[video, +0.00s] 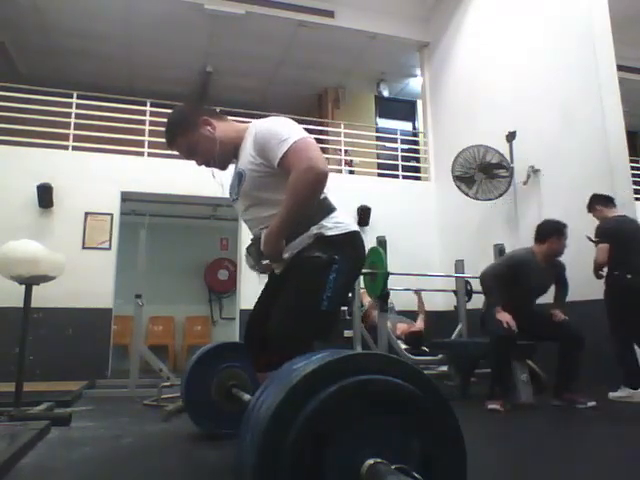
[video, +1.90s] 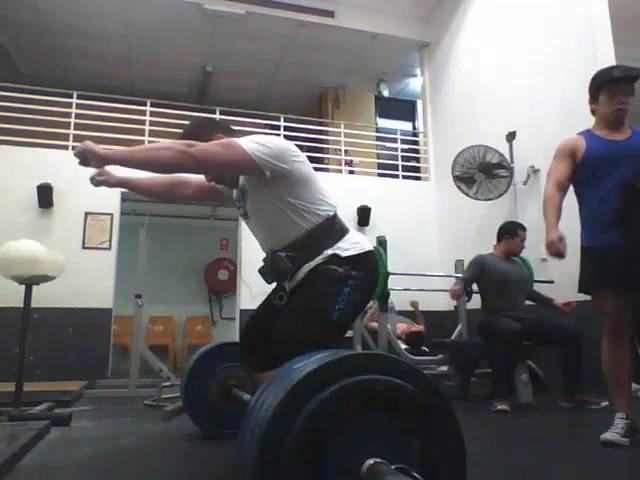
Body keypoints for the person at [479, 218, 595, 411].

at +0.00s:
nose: (564, 245)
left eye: (564, 240)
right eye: (561, 240)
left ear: (551, 242)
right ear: (548, 241)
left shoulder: (556, 267)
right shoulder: (519, 259)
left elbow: (562, 286)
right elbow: (486, 276)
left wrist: (558, 307)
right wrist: (497, 310)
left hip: (527, 314)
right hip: (500, 315)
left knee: (571, 334)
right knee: (503, 335)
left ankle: (564, 392)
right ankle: (497, 397)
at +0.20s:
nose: (544, 246)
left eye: (543, 241)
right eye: (541, 241)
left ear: (530, 244)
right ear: (531, 243)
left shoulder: (536, 270)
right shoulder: (502, 265)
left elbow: (544, 295)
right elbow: (480, 288)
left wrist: (550, 312)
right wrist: (503, 315)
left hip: (526, 322)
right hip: (498, 323)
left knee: (568, 333)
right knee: (508, 337)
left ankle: (564, 392)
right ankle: (497, 397)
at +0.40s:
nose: (524, 244)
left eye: (524, 240)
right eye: (523, 240)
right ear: (515, 241)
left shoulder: (523, 265)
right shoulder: (492, 262)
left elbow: (526, 295)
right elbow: (484, 289)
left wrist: (540, 313)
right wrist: (509, 313)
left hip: (526, 320)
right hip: (498, 321)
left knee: (569, 334)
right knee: (513, 338)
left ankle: (564, 392)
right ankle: (498, 396)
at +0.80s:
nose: (511, 245)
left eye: (510, 241)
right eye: (510, 241)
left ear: (492, 242)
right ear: (503, 241)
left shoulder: (507, 267)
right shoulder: (482, 260)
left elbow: (508, 301)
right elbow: (473, 284)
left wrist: (527, 313)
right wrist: (500, 300)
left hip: (518, 322)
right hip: (495, 323)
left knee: (568, 332)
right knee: (503, 337)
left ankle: (571, 391)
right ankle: (500, 396)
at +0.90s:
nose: (514, 242)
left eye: (513, 239)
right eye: (512, 238)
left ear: (499, 240)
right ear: (503, 239)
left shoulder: (510, 268)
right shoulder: (480, 260)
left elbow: (509, 300)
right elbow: (461, 284)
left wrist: (526, 313)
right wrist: (479, 295)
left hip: (517, 317)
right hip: (494, 317)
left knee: (570, 332)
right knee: (507, 334)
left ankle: (573, 392)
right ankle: (501, 397)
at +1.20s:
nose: (517, 243)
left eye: (517, 239)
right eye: (514, 238)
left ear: (505, 239)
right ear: (500, 239)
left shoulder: (514, 265)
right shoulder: (478, 262)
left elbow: (525, 293)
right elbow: (459, 286)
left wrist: (551, 302)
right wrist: (461, 298)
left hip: (520, 315)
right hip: (494, 316)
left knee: (569, 329)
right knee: (507, 334)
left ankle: (573, 393)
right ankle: (502, 397)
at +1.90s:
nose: (523, 246)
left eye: (524, 241)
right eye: (521, 241)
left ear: (510, 239)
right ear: (507, 239)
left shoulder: (519, 265)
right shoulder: (483, 261)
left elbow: (527, 292)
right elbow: (465, 282)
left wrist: (554, 303)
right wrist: (458, 289)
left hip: (522, 319)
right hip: (494, 319)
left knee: (570, 332)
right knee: (510, 332)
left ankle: (573, 394)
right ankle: (502, 397)